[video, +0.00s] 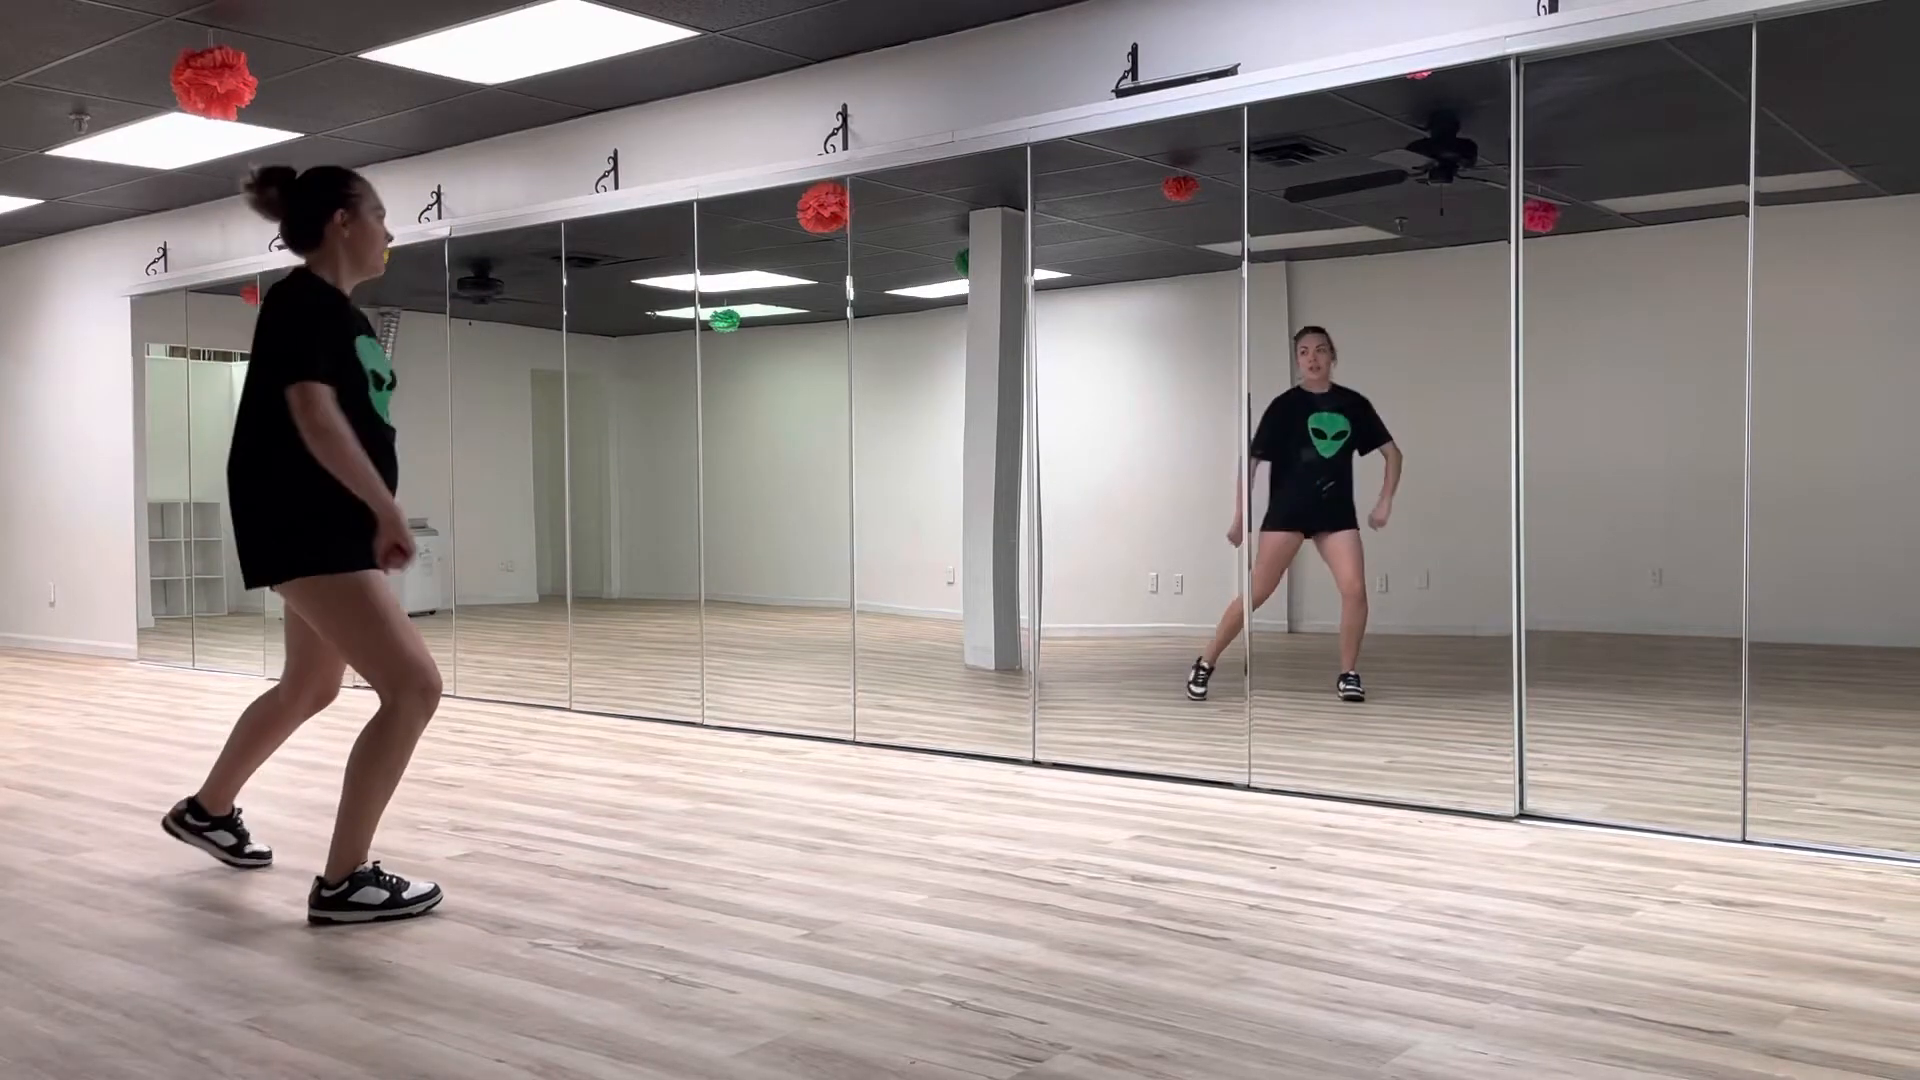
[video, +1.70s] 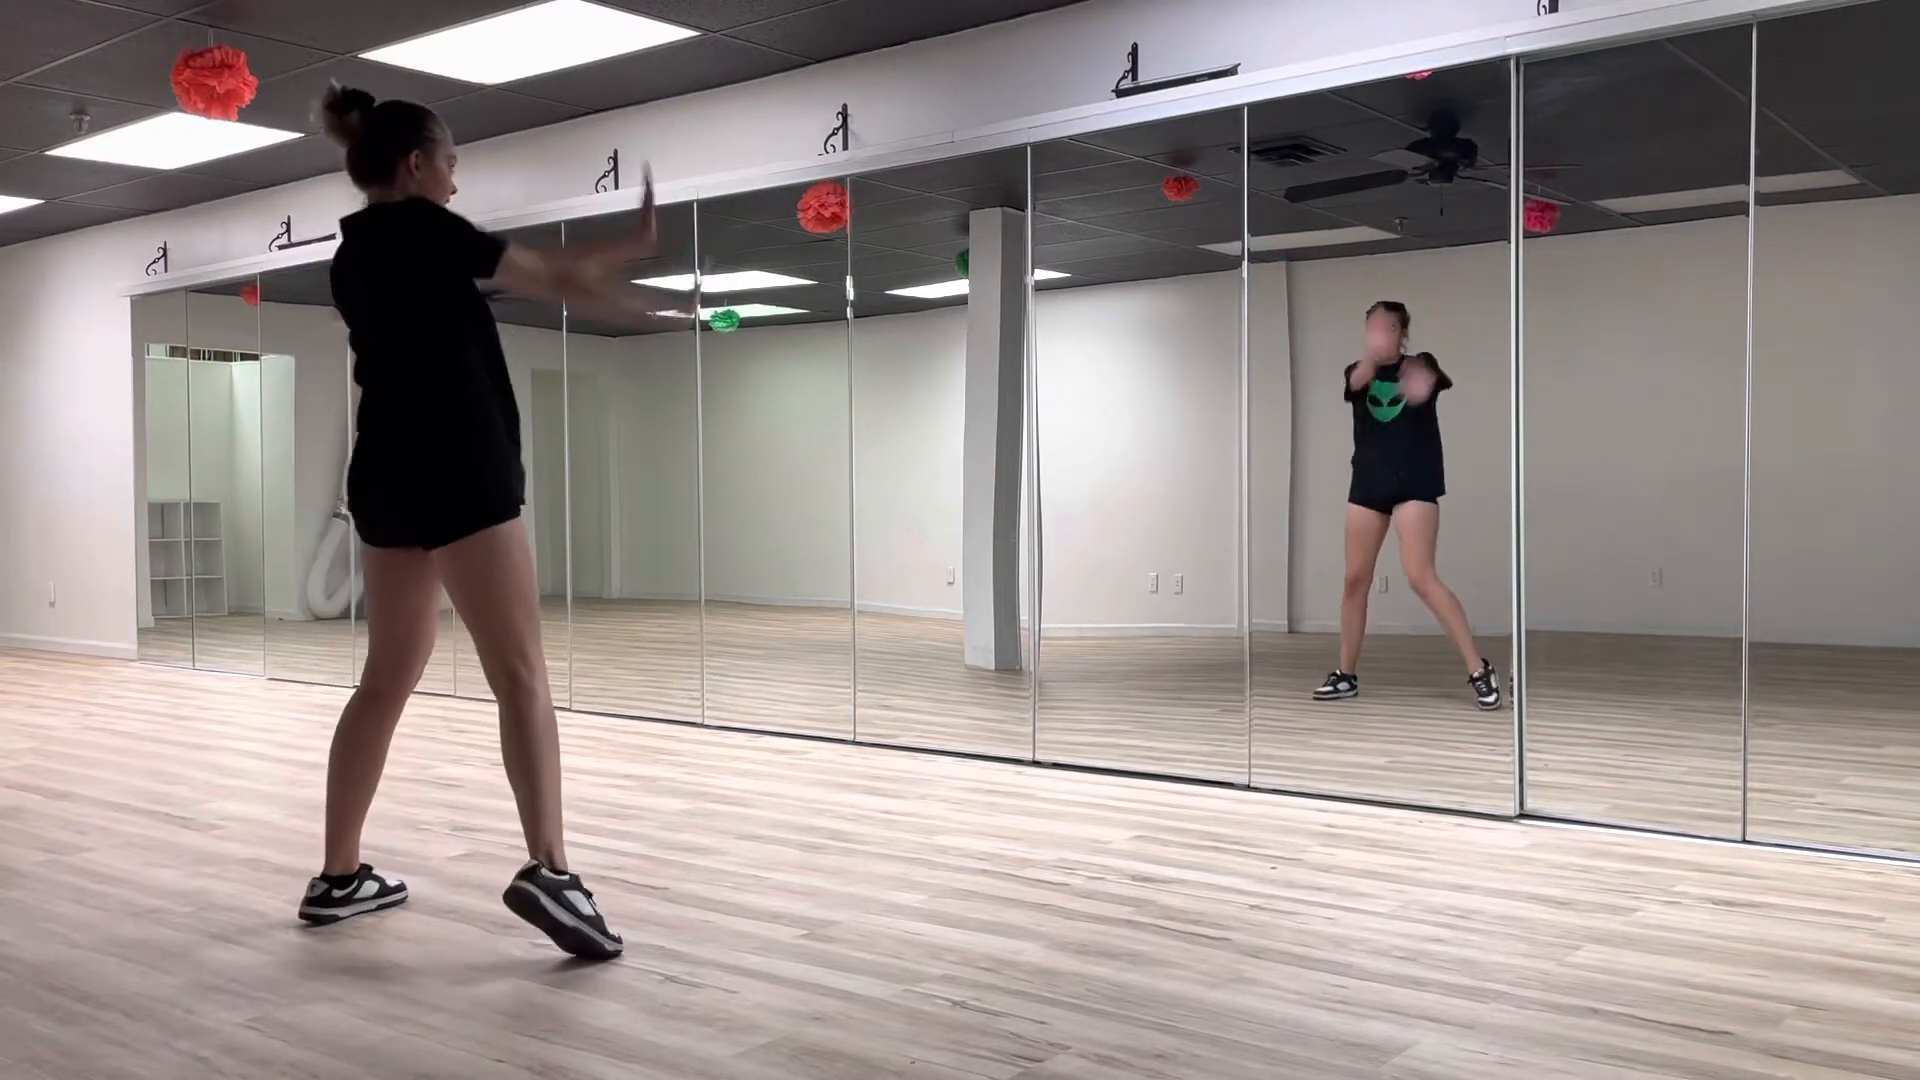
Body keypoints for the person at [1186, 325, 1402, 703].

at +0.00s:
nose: (1312, 357)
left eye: (1320, 350)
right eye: (1305, 352)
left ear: (1332, 358)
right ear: (1296, 360)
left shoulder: (1354, 404)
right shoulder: (1283, 406)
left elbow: (1392, 453)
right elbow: (1251, 464)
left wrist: (1385, 500)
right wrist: (1239, 517)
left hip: (1336, 514)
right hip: (1287, 513)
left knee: (1355, 591)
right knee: (1258, 592)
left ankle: (1348, 673)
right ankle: (1207, 662)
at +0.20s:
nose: (1326, 334)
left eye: (1335, 327)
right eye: (1320, 329)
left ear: (1351, 333)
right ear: (1314, 336)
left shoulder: (1374, 381)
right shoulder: (1300, 384)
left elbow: (1389, 443)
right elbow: (1279, 446)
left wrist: (1392, 500)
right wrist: (1261, 499)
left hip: (1357, 495)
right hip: (1307, 494)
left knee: (1355, 582)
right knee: (1295, 582)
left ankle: (1351, 672)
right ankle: (1278, 654)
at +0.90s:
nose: (1339, 342)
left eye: (1348, 334)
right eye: (1333, 335)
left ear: (1364, 340)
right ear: (1326, 340)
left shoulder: (1386, 381)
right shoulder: (1317, 386)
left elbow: (1400, 427)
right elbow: (1306, 422)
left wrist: (1405, 461)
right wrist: (1301, 448)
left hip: (1378, 489)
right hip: (1332, 491)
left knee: (1363, 572)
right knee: (1331, 581)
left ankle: (1375, 642)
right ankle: (1341, 674)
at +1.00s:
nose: (1349, 338)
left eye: (1357, 331)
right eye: (1341, 332)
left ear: (1370, 336)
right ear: (1333, 338)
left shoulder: (1390, 375)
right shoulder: (1324, 378)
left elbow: (1419, 388)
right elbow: (1303, 385)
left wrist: (1440, 385)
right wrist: (1294, 359)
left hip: (1384, 487)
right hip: (1336, 489)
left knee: (1389, 562)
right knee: (1335, 581)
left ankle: (1401, 632)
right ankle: (1341, 674)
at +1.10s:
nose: (1360, 332)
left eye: (1367, 325)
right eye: (1353, 326)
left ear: (1380, 332)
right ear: (1343, 333)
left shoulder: (1401, 369)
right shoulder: (1329, 370)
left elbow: (1446, 349)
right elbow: (1294, 334)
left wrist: (1479, 312)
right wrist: (1283, 285)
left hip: (1394, 482)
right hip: (1344, 485)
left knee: (1419, 559)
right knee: (1341, 580)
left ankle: (1434, 647)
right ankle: (1342, 673)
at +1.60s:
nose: (1388, 334)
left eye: (1396, 327)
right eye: (1382, 327)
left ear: (1411, 333)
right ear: (1373, 334)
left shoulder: (1428, 368)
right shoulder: (1363, 372)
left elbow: (1452, 340)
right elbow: (1342, 340)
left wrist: (1476, 306)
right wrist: (1333, 295)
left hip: (1427, 487)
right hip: (1377, 489)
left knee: (1441, 575)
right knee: (1359, 578)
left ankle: (1480, 673)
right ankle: (1343, 672)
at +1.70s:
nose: (1377, 336)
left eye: (1385, 329)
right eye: (1372, 329)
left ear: (1401, 334)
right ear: (1365, 333)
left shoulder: (1421, 364)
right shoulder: (1357, 373)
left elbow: (1425, 386)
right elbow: (1355, 384)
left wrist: (1416, 380)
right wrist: (1374, 361)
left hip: (1415, 483)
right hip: (1369, 482)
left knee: (1421, 577)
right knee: (1356, 580)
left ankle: (1478, 670)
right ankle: (1346, 674)